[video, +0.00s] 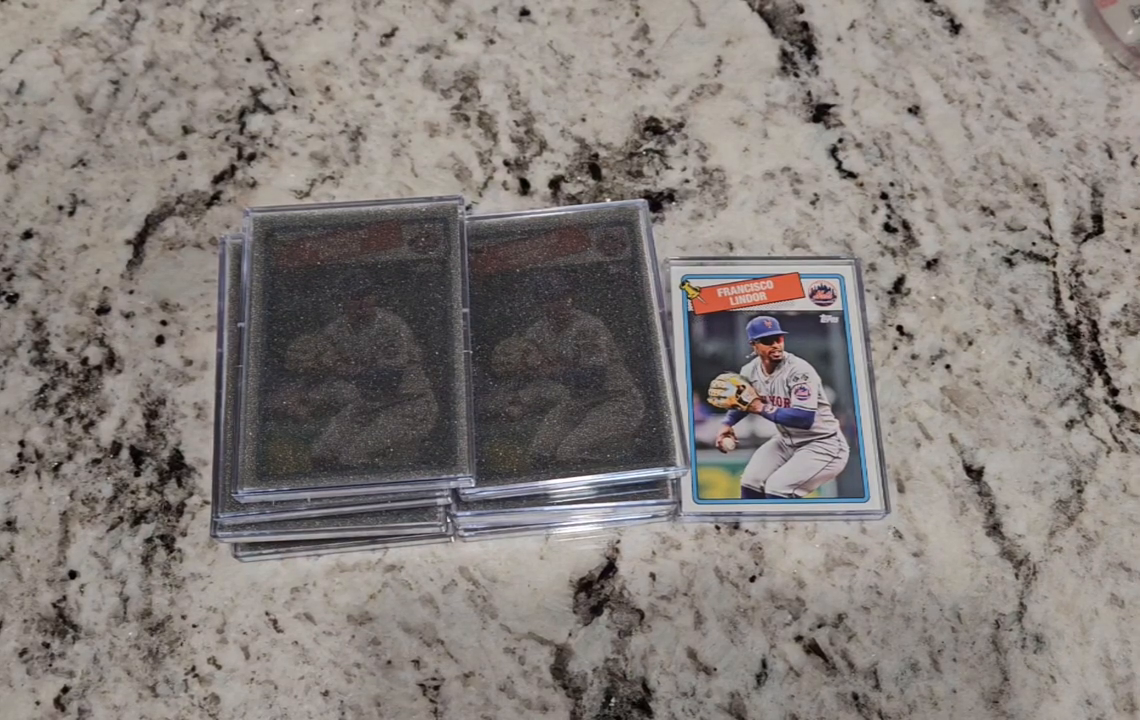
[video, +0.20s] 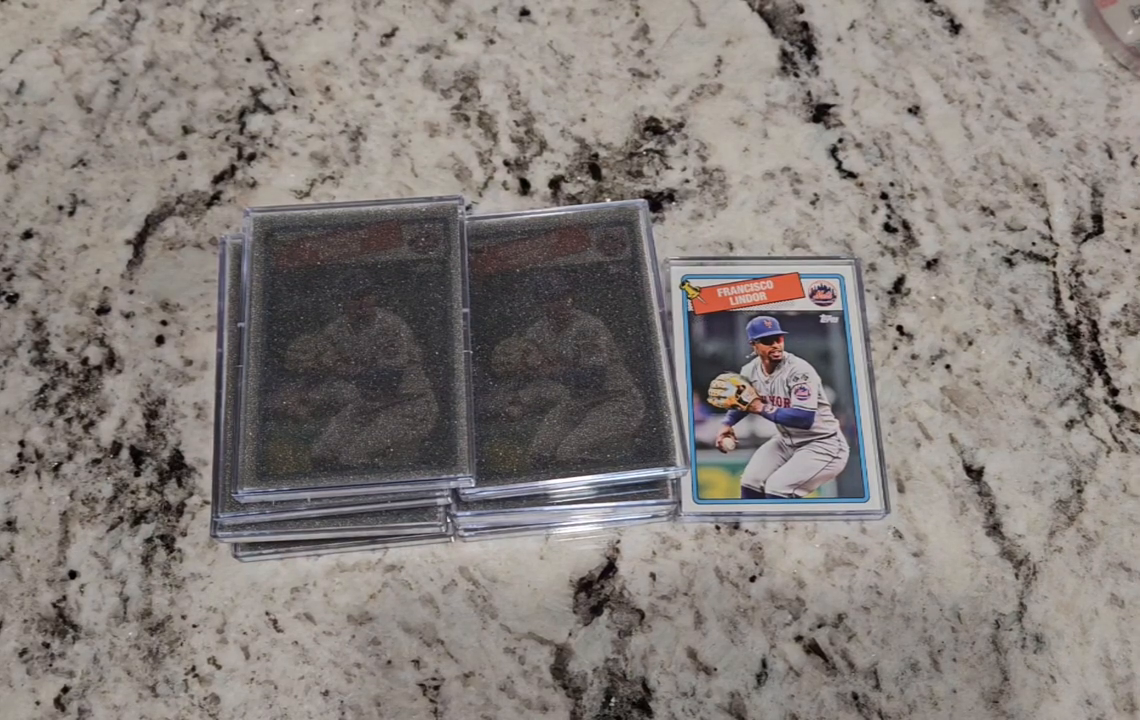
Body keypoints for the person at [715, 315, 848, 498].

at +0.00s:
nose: (776, 346)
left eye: (778, 339)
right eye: (767, 342)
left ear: (783, 339)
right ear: (754, 346)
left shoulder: (801, 371)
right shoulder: (749, 372)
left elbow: (804, 419)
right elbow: (743, 403)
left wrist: (761, 407)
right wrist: (726, 425)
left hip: (824, 446)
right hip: (786, 443)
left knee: (777, 488)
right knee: (751, 483)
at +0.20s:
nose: (776, 346)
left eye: (778, 339)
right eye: (768, 342)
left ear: (783, 339)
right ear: (754, 346)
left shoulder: (801, 371)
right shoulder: (749, 372)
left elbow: (804, 419)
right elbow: (743, 403)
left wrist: (760, 407)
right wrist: (726, 425)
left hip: (824, 446)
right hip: (786, 443)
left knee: (777, 488)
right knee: (750, 483)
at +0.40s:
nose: (776, 346)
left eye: (778, 339)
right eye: (767, 342)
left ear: (783, 339)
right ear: (754, 346)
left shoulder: (801, 371)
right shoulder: (749, 372)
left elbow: (804, 419)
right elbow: (743, 403)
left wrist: (760, 407)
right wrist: (726, 425)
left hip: (824, 446)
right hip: (786, 443)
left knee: (777, 487)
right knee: (751, 483)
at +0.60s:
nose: (776, 346)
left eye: (778, 339)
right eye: (767, 342)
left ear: (783, 339)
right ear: (754, 346)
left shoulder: (801, 371)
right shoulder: (749, 372)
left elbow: (804, 419)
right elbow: (743, 403)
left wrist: (760, 407)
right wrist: (726, 424)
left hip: (824, 446)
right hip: (786, 443)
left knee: (777, 487)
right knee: (751, 482)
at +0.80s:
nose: (776, 346)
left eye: (778, 339)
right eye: (768, 342)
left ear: (783, 339)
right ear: (754, 346)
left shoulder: (801, 371)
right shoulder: (749, 372)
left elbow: (804, 419)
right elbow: (743, 402)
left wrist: (760, 407)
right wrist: (726, 424)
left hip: (824, 446)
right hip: (786, 443)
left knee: (777, 487)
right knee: (751, 483)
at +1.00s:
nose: (776, 346)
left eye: (778, 339)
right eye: (768, 342)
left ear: (783, 339)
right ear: (754, 346)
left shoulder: (801, 371)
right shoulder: (749, 372)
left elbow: (804, 419)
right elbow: (743, 402)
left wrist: (760, 407)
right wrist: (726, 424)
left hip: (824, 445)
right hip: (786, 443)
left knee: (777, 487)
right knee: (751, 483)